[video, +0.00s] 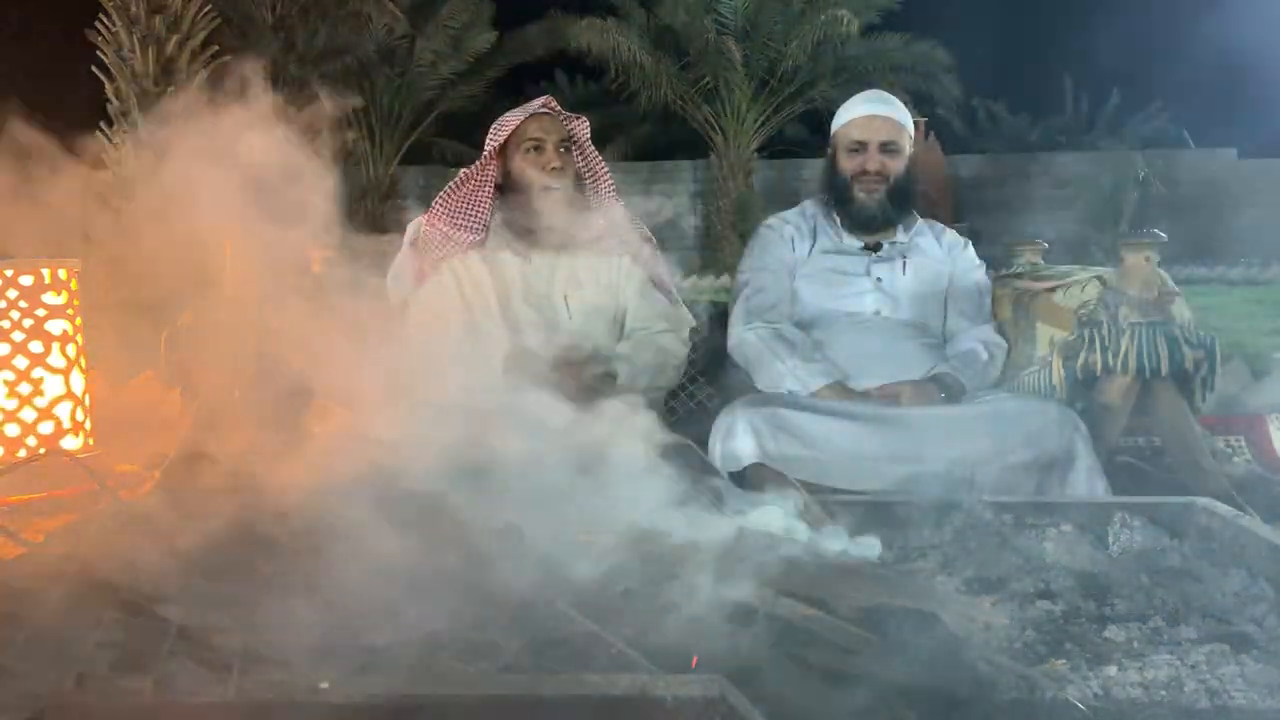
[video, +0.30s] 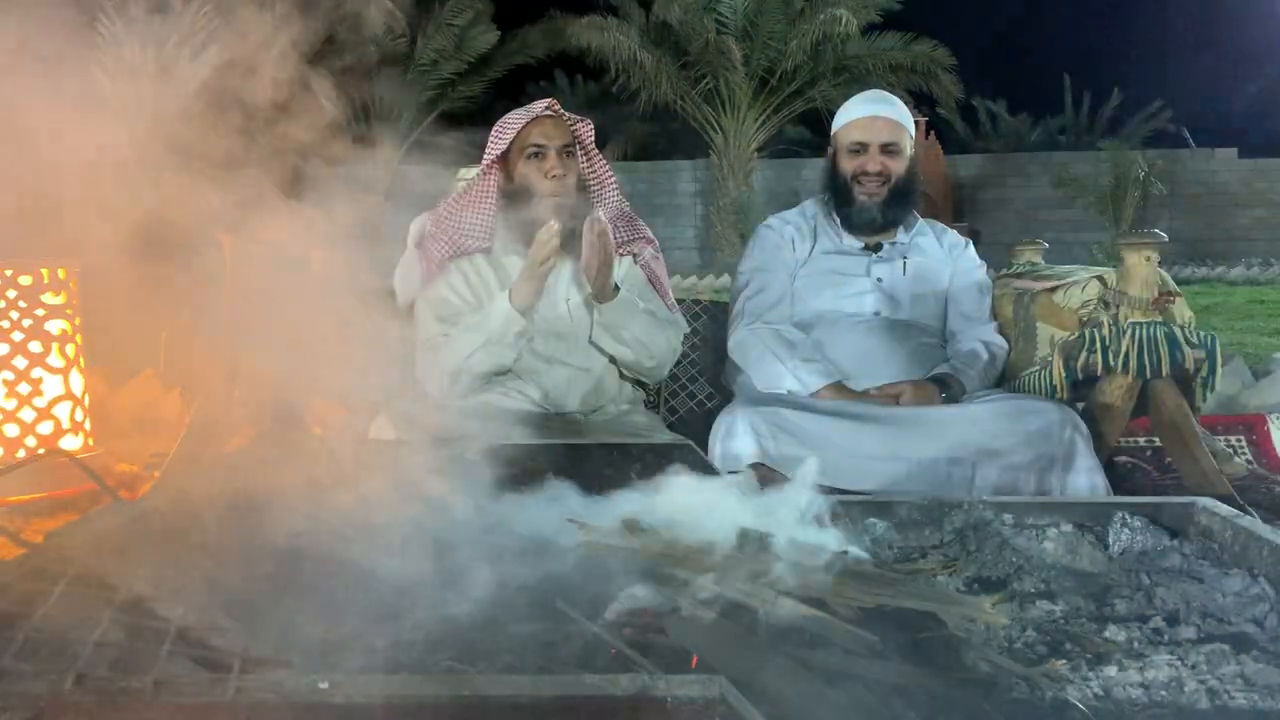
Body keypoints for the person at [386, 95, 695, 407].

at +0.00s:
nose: (555, 161)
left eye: (564, 147)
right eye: (534, 149)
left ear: (579, 161)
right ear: (502, 168)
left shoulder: (613, 259)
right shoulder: (460, 267)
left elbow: (666, 341)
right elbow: (421, 363)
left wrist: (608, 370)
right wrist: (507, 365)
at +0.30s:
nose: (556, 167)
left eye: (567, 153)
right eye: (536, 155)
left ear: (582, 167)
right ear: (506, 175)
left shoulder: (620, 259)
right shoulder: (463, 270)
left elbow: (659, 363)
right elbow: (441, 382)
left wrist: (606, 295)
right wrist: (517, 300)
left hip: (611, 420)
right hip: (504, 423)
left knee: (693, 484)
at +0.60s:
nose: (560, 170)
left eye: (569, 155)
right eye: (539, 155)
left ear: (582, 170)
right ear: (505, 173)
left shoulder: (615, 263)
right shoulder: (466, 274)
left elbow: (660, 361)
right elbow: (443, 376)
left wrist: (609, 307)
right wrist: (520, 312)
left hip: (603, 418)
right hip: (498, 416)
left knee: (681, 461)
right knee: (396, 428)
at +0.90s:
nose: (566, 167)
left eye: (572, 152)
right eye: (543, 154)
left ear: (583, 164)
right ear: (506, 172)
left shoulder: (618, 263)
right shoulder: (467, 272)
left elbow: (665, 356)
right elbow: (452, 376)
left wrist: (601, 284)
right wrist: (527, 288)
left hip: (611, 418)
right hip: (506, 415)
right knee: (395, 426)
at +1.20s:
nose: (568, 170)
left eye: (573, 155)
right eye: (545, 156)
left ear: (585, 167)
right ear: (506, 177)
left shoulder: (626, 256)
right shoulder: (470, 274)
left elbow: (663, 352)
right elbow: (457, 376)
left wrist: (604, 287)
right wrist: (539, 294)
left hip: (617, 409)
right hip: (515, 414)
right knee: (394, 426)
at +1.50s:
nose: (569, 174)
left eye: (576, 160)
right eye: (548, 159)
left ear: (586, 171)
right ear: (507, 175)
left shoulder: (604, 260)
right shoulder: (464, 268)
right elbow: (457, 376)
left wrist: (612, 280)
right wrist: (541, 314)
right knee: (395, 426)